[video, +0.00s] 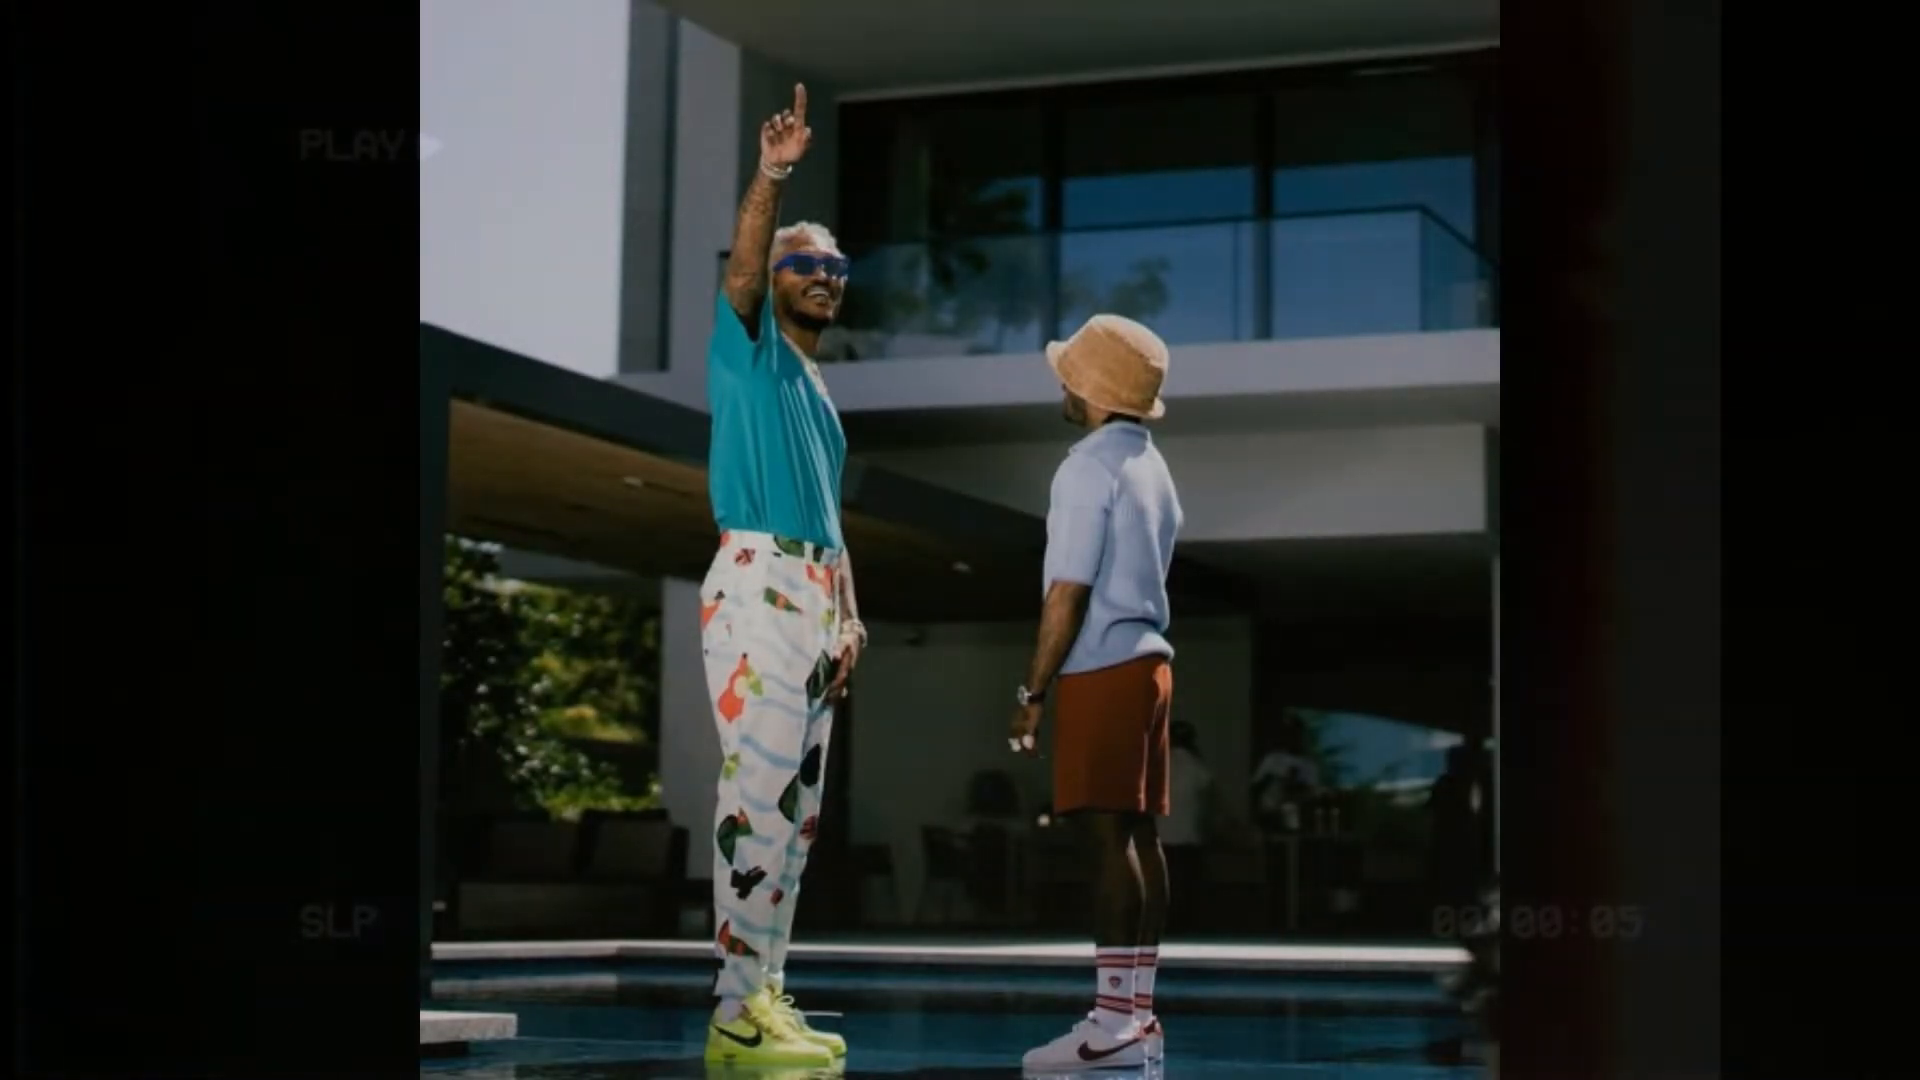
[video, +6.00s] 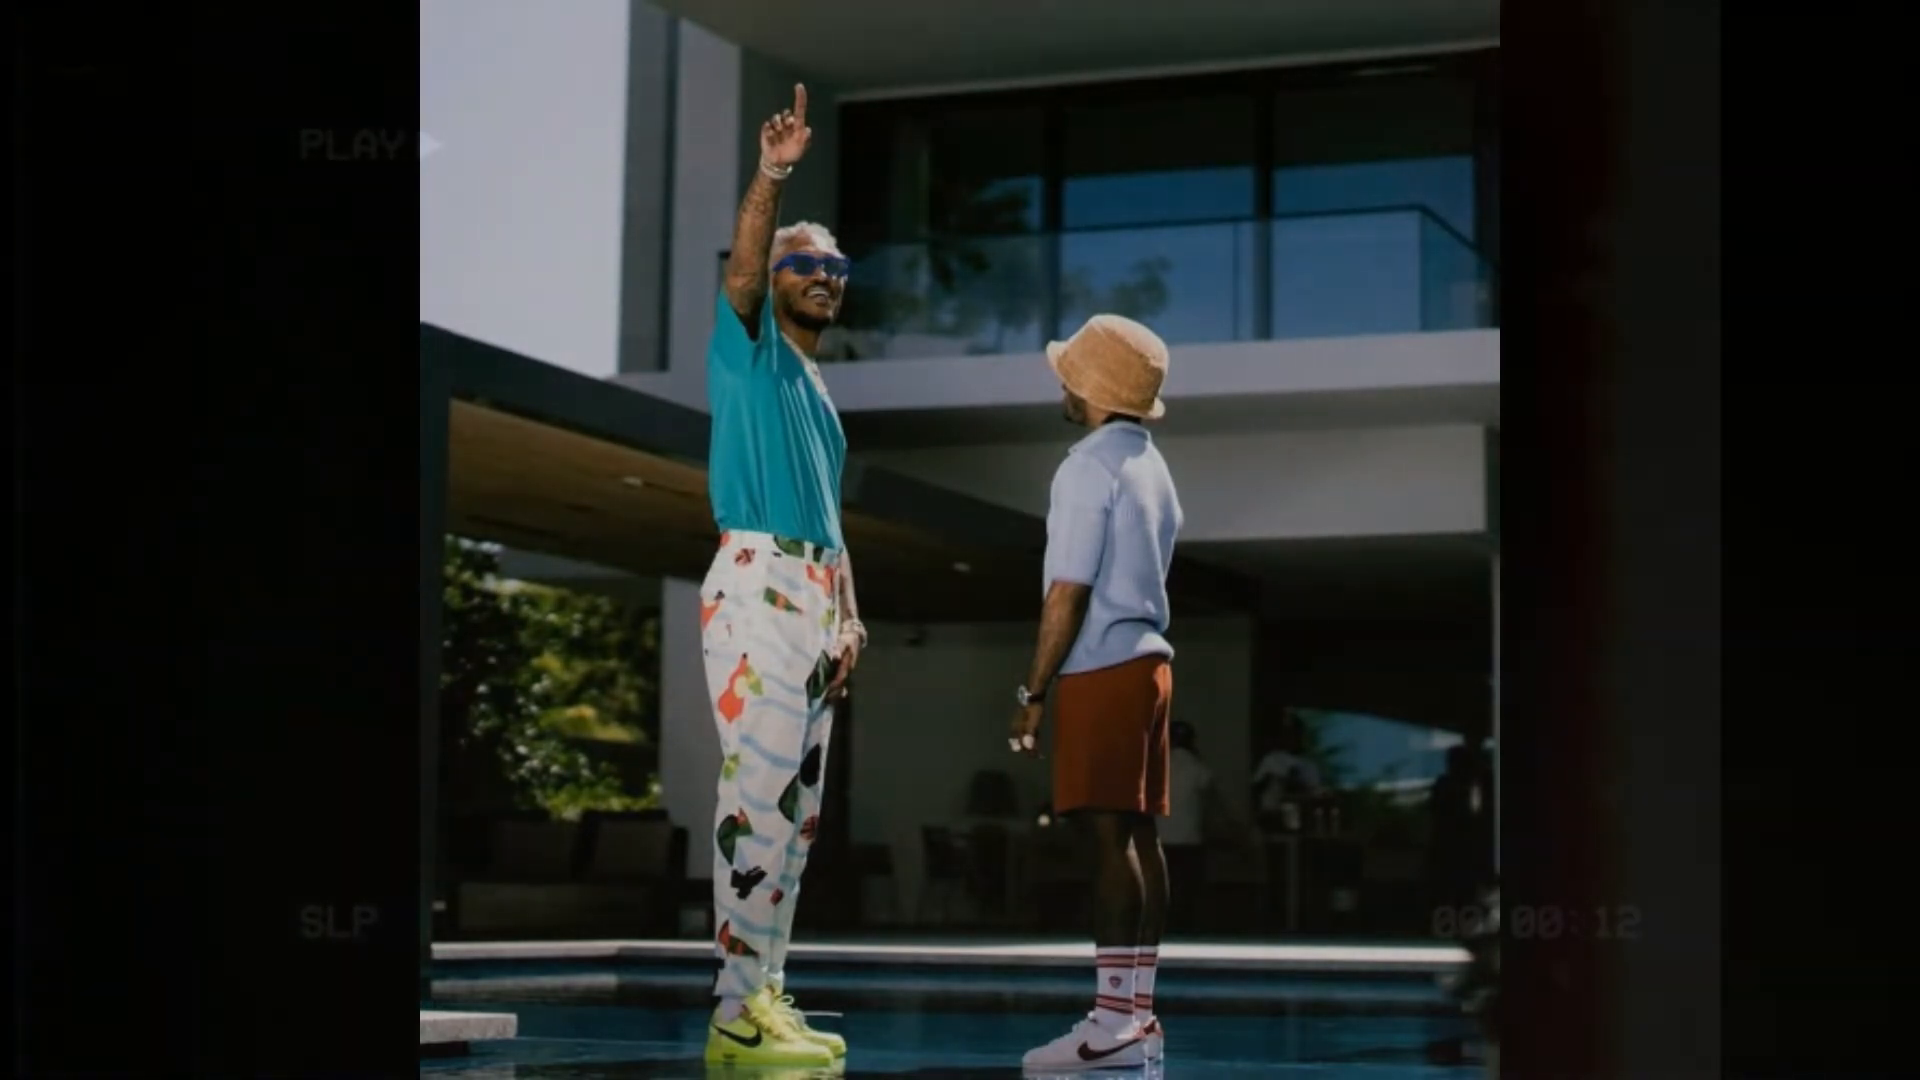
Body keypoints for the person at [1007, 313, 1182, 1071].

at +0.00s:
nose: (1064, 389)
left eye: (1072, 379)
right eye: (1069, 378)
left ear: (1092, 392)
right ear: (1131, 395)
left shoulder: (1088, 468)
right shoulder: (1148, 463)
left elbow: (1067, 596)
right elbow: (1148, 577)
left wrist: (1031, 691)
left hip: (1104, 669)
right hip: (1147, 666)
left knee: (1108, 838)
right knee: (1140, 837)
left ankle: (1116, 1014)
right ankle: (1135, 1011)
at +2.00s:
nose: (1064, 388)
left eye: (1072, 379)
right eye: (1069, 377)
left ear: (1091, 391)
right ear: (1131, 394)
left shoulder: (1088, 468)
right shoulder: (1148, 463)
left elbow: (1067, 595)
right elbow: (1147, 577)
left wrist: (1031, 691)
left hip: (1104, 670)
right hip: (1147, 666)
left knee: (1107, 837)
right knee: (1139, 837)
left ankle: (1116, 1014)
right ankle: (1134, 1011)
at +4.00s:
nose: (1064, 388)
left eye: (1072, 378)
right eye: (1068, 376)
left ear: (1092, 391)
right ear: (1130, 394)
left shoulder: (1088, 468)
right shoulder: (1148, 463)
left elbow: (1067, 594)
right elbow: (1149, 577)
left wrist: (1032, 691)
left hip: (1104, 670)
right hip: (1146, 666)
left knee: (1109, 839)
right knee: (1139, 838)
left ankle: (1116, 1015)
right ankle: (1135, 1012)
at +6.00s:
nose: (1064, 388)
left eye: (1072, 377)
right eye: (1068, 376)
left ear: (1093, 389)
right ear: (1130, 393)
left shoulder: (1088, 468)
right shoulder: (1148, 463)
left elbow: (1068, 594)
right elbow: (1147, 580)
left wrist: (1032, 691)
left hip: (1104, 669)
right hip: (1147, 666)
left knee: (1109, 838)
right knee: (1139, 837)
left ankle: (1116, 1015)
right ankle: (1135, 1012)